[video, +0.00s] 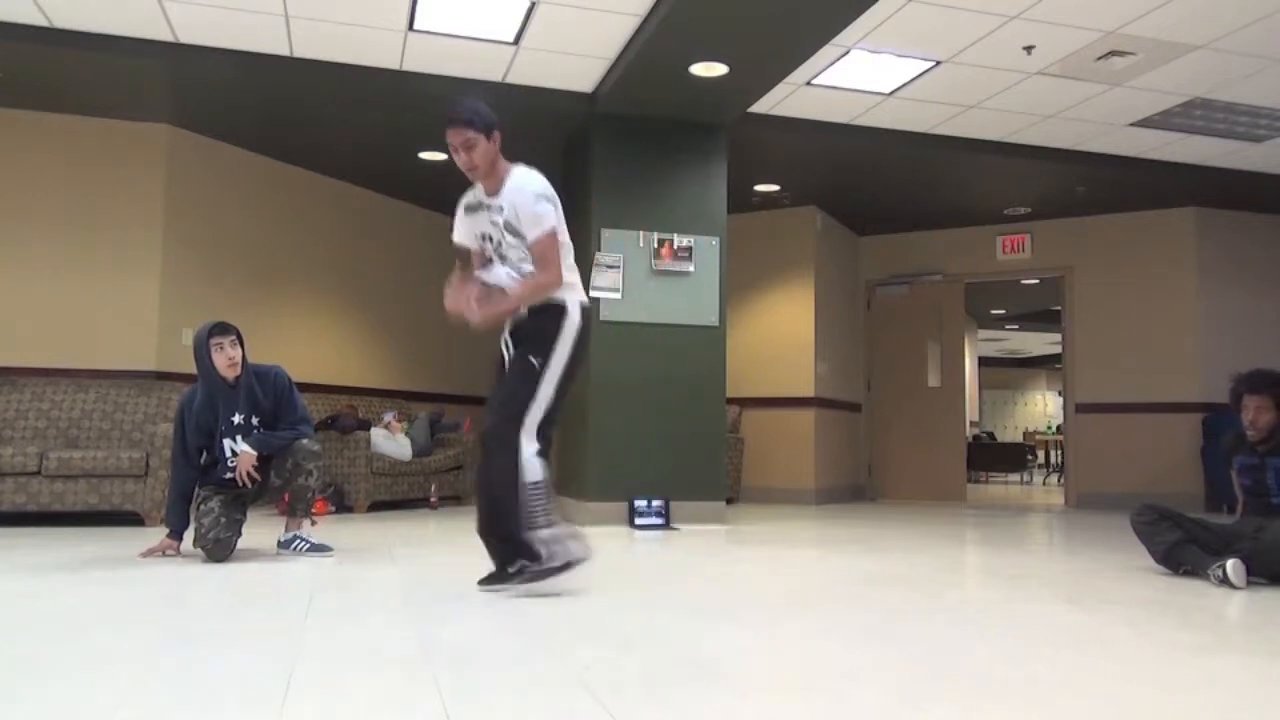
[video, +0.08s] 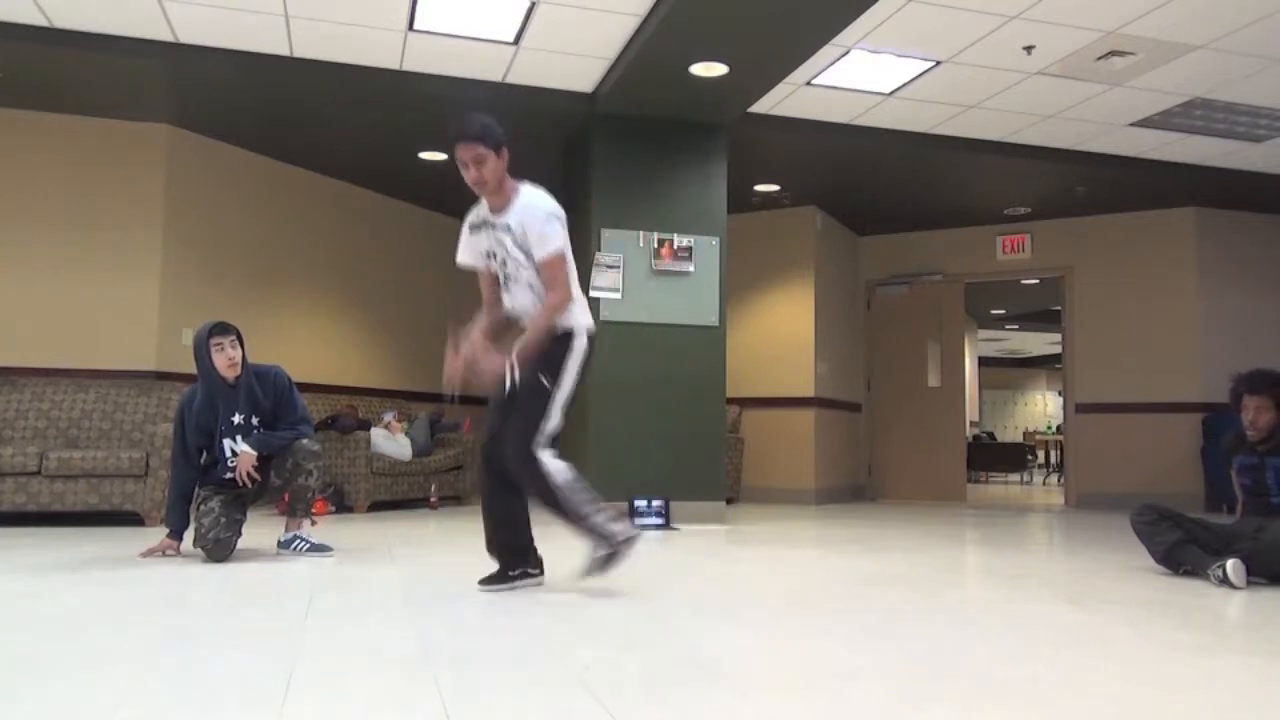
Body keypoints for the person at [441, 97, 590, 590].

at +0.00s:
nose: (464, 158)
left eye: (470, 145)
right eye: (455, 150)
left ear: (495, 139)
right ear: (451, 153)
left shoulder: (527, 190)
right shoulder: (470, 205)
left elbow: (552, 274)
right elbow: (469, 266)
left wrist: (492, 304)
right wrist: (459, 293)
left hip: (558, 313)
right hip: (519, 318)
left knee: (516, 427)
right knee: (498, 431)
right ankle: (515, 555)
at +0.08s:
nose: (471, 174)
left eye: (479, 162)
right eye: (463, 166)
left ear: (504, 157)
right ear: (459, 169)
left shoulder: (537, 208)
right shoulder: (477, 222)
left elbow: (560, 296)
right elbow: (493, 307)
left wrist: (516, 354)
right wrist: (471, 341)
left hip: (564, 332)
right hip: (525, 336)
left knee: (526, 444)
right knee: (496, 446)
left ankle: (610, 532)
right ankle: (519, 560)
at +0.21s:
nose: (489, 175)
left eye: (496, 162)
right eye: (480, 166)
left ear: (518, 160)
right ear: (472, 171)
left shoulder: (552, 208)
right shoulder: (487, 227)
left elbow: (598, 287)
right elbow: (507, 303)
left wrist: (645, 348)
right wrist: (482, 364)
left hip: (582, 350)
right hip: (534, 357)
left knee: (597, 455)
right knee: (502, 454)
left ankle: (695, 526)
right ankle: (519, 561)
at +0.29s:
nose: (507, 154)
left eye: (514, 141)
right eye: (498, 145)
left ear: (537, 136)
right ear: (492, 149)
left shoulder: (574, 176)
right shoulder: (505, 193)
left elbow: (647, 213)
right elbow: (523, 247)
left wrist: (729, 236)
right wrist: (485, 280)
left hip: (602, 328)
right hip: (548, 336)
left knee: (662, 429)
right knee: (520, 432)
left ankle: (735, 535)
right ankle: (514, 547)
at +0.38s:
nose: (521, 154)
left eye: (528, 141)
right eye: (513, 145)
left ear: (553, 135)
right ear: (509, 147)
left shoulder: (592, 168)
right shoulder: (521, 183)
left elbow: (671, 190)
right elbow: (528, 215)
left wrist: (762, 193)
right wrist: (489, 243)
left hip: (619, 318)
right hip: (561, 324)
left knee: (683, 424)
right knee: (513, 418)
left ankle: (758, 533)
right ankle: (509, 530)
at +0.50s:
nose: (551, 179)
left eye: (559, 169)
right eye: (544, 171)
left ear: (585, 163)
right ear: (541, 172)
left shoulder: (624, 197)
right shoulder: (554, 201)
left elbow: (710, 221)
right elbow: (540, 224)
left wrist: (805, 223)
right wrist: (495, 239)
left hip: (660, 336)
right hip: (602, 335)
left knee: (721, 445)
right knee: (527, 412)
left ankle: (806, 555)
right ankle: (492, 526)